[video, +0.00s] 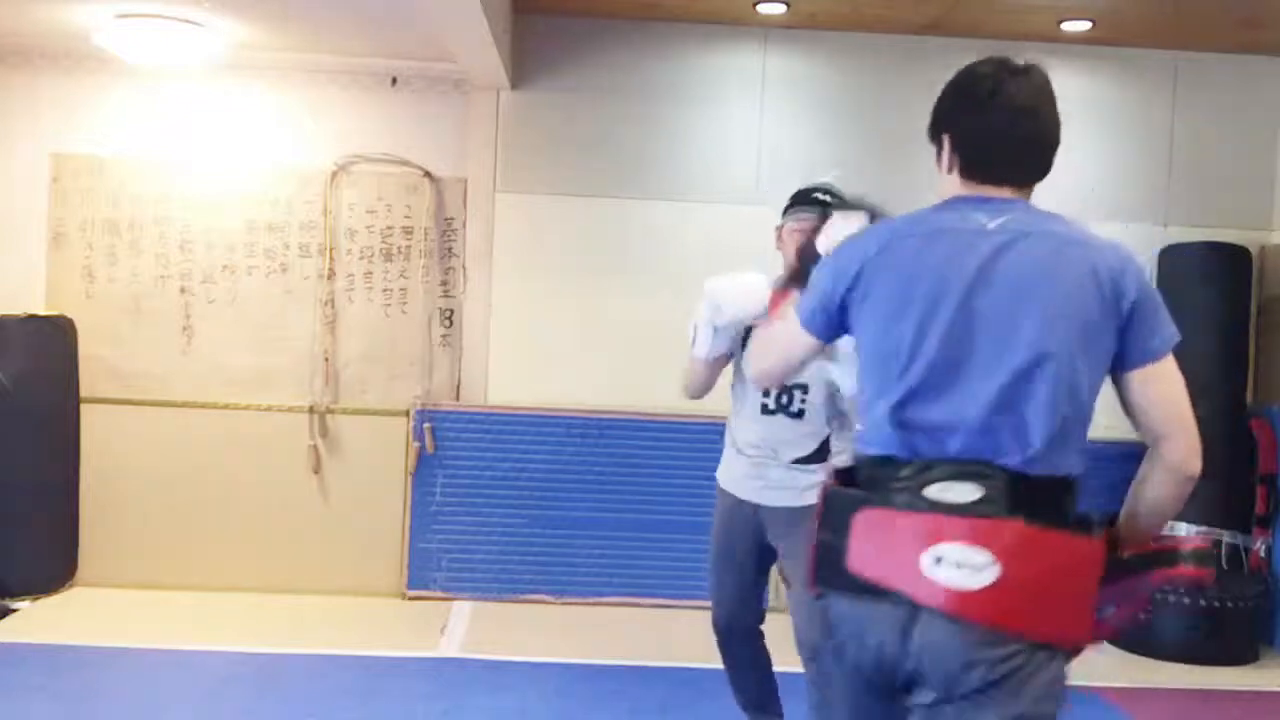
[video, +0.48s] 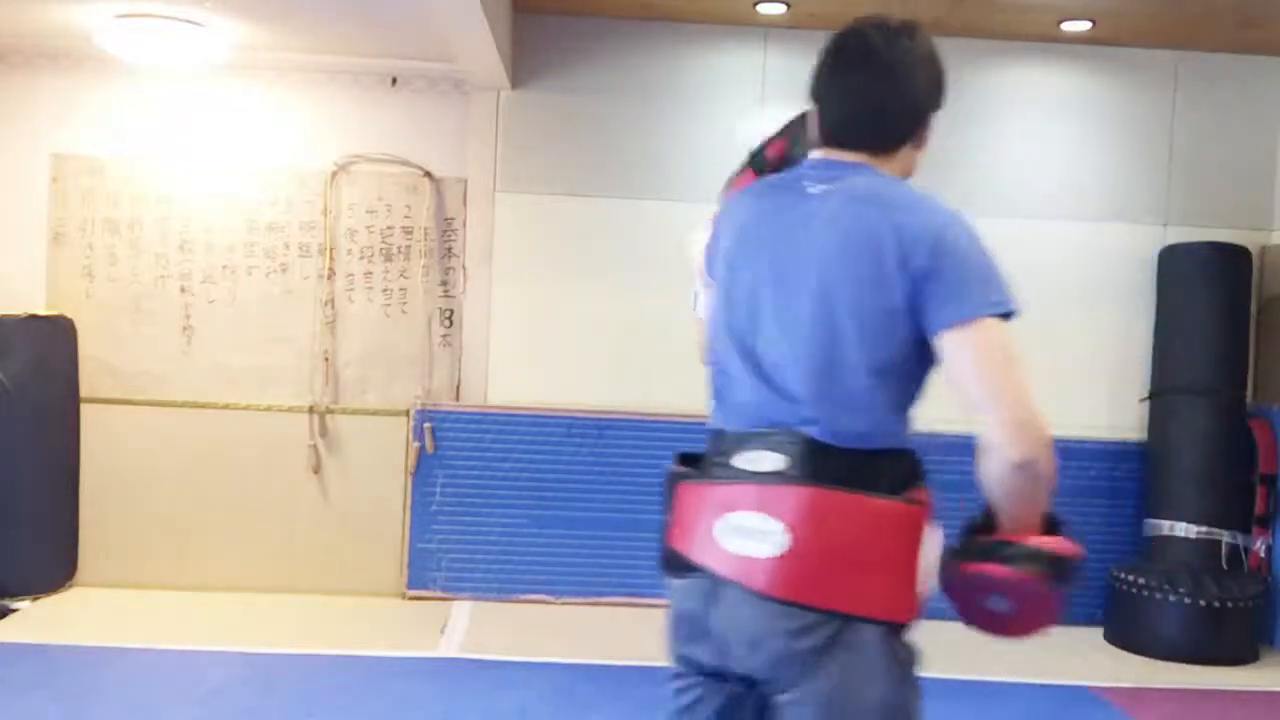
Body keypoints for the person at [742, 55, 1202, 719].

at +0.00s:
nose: (936, 160)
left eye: (936, 147)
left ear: (946, 152)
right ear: (1047, 159)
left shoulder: (875, 250)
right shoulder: (1106, 269)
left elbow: (763, 364)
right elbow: (1179, 455)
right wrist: (1120, 548)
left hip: (867, 555)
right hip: (1011, 575)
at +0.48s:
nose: (933, 130)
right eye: (933, 115)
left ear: (817, 114)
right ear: (921, 131)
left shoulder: (742, 211)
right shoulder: (924, 228)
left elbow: (715, 349)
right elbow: (1018, 446)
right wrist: (1017, 539)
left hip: (704, 544)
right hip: (824, 561)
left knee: (710, 698)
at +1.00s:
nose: (812, 115)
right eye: (814, 96)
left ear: (684, 80)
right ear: (798, 101)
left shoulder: (594, 198)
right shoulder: (804, 222)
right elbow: (899, 469)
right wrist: (882, 572)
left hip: (574, 554)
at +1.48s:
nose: (722, 105)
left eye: (725, 87)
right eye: (725, 86)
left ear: (598, 80)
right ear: (709, 91)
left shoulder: (493, 204)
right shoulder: (755, 225)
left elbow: (413, 381)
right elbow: (828, 454)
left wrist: (519, 374)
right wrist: (754, 434)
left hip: (475, 586)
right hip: (632, 600)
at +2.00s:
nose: (576, 103)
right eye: (580, 86)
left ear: (451, 79)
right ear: (565, 88)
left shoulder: (356, 207)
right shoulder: (631, 219)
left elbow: (283, 432)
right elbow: (676, 436)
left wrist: (380, 423)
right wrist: (560, 428)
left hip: (403, 607)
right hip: (575, 609)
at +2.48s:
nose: (446, 107)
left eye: (444, 85)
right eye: (444, 83)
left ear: (324, 83)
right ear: (417, 84)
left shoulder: (228, 214)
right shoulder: (475, 210)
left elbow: (194, 416)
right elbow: (537, 419)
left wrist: (305, 402)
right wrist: (478, 398)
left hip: (287, 574)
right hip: (440, 568)